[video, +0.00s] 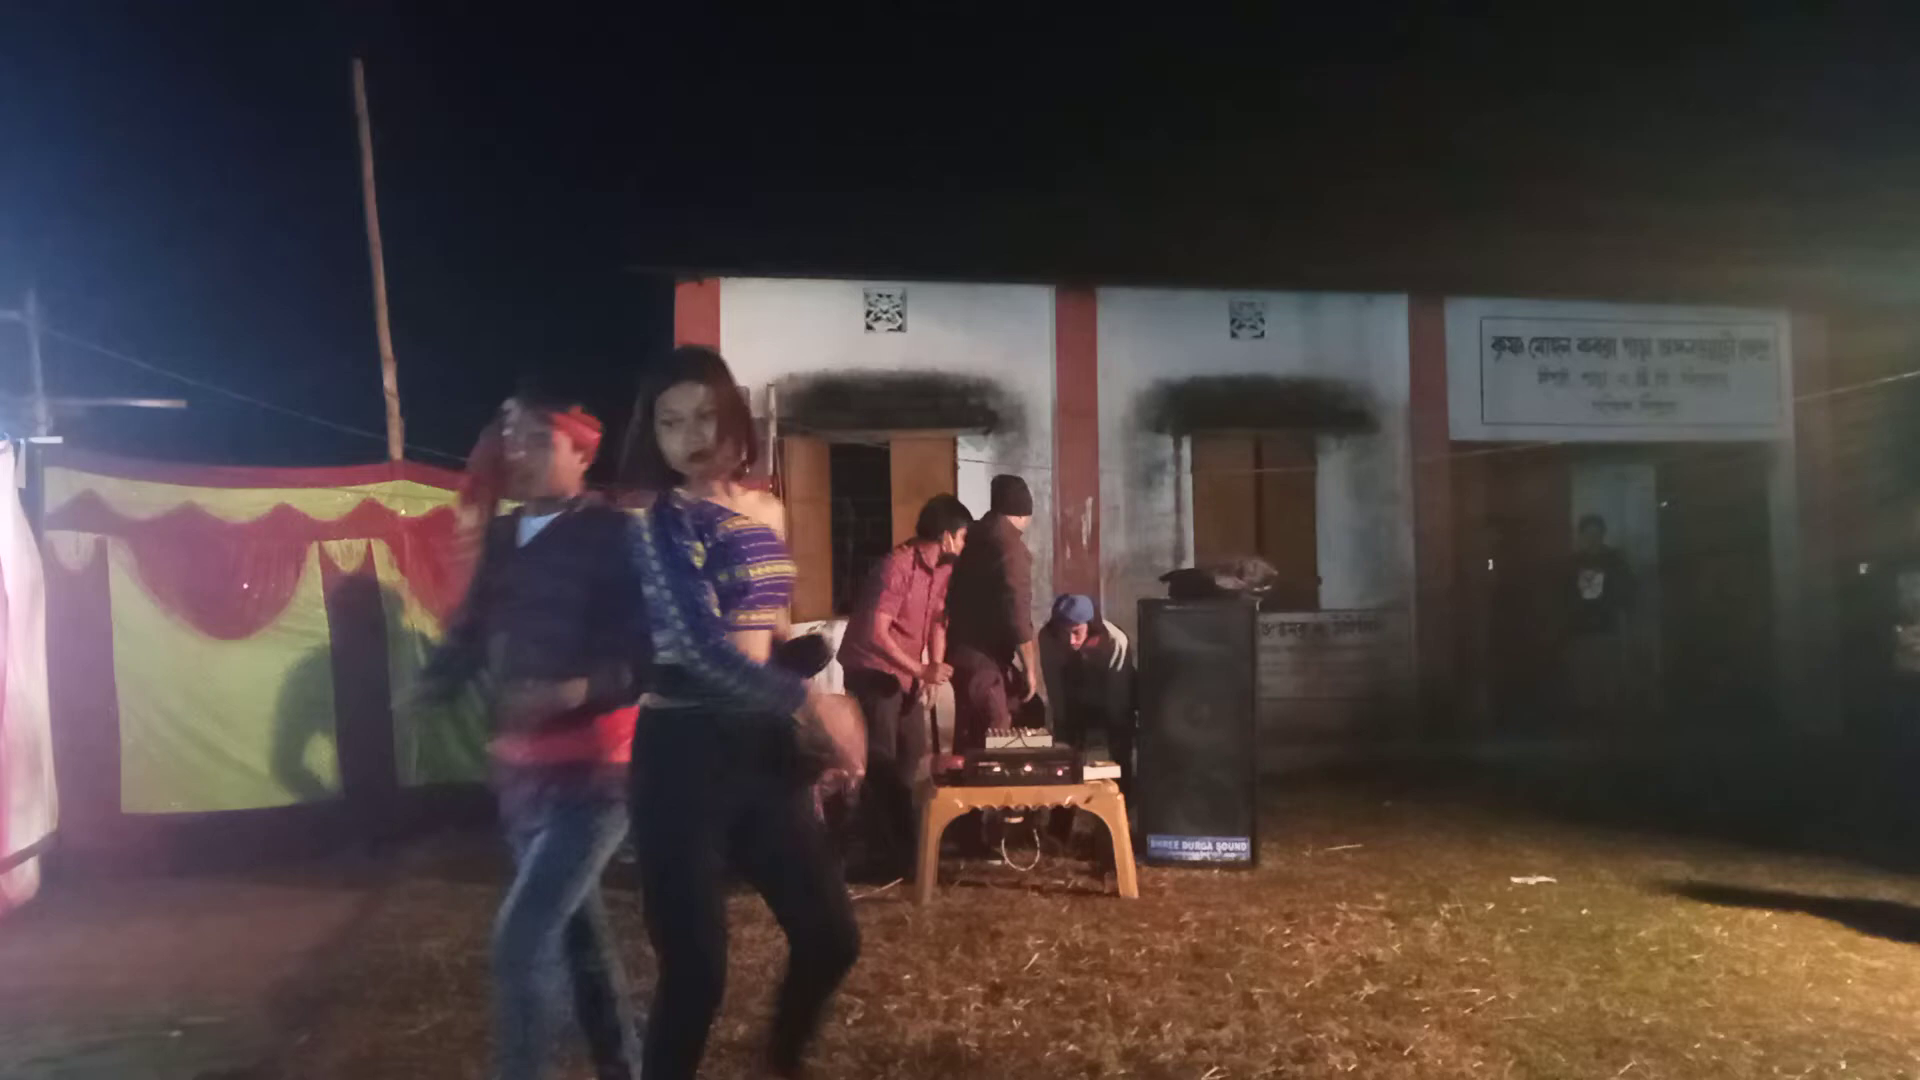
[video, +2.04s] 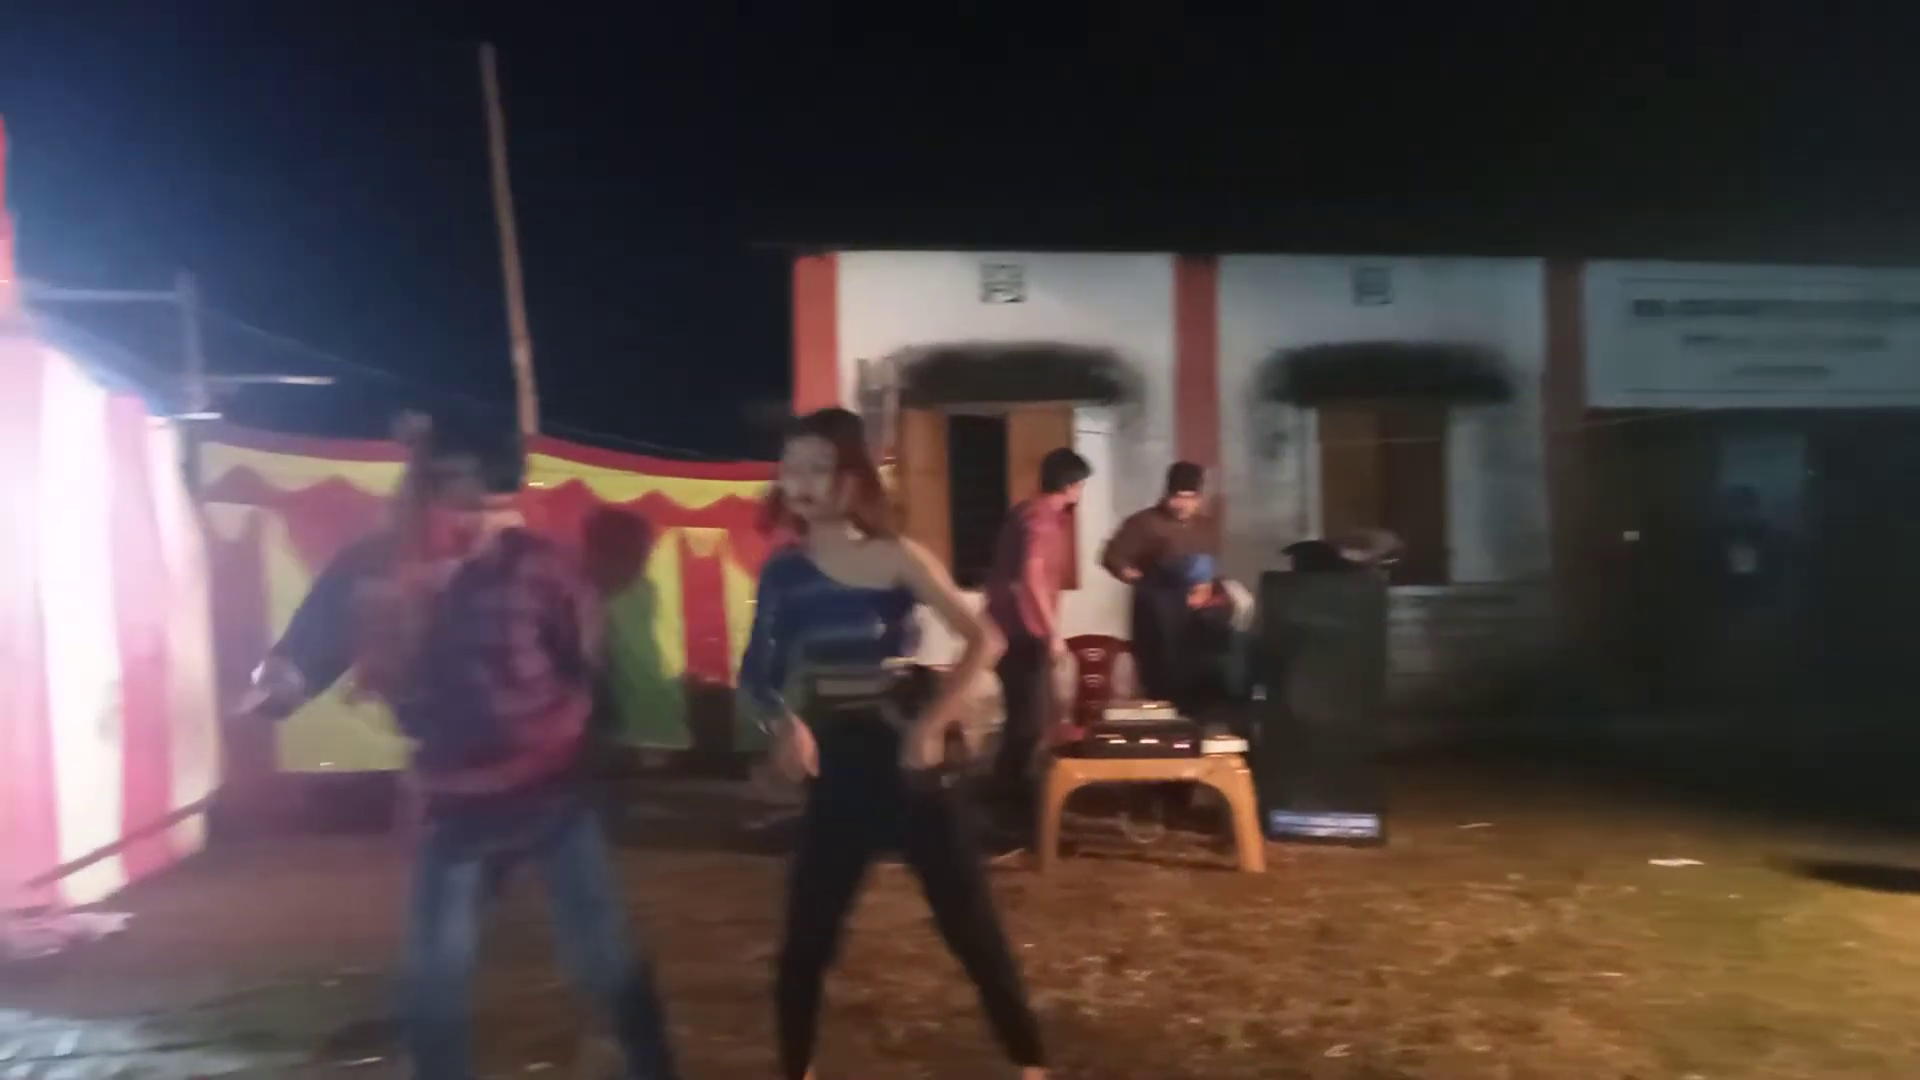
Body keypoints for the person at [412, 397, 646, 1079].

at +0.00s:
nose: (514, 452)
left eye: (532, 440)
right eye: (510, 438)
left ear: (576, 451)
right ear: (501, 450)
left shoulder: (614, 533)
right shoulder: (501, 536)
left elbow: (641, 659)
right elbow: (471, 633)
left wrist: (573, 690)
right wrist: (431, 682)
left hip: (596, 773)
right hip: (520, 773)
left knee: (520, 944)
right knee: (583, 948)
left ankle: (522, 1068)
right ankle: (622, 1065)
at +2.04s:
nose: (458, 519)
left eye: (473, 501)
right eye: (444, 499)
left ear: (499, 501)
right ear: (420, 498)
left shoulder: (541, 569)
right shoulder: (388, 575)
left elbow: (587, 666)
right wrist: (273, 683)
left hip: (553, 791)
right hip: (455, 806)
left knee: (605, 961)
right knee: (437, 977)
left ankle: (652, 1065)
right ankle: (438, 1068)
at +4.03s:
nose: (785, 419)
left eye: (791, 404)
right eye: (772, 403)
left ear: (796, 411)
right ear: (726, 407)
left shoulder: (819, 481)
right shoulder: (671, 491)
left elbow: (887, 558)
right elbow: (599, 568)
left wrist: (851, 614)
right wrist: (561, 563)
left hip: (817, 715)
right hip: (720, 721)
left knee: (860, 866)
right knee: (701, 887)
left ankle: (910, 1020)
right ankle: (730, 1049)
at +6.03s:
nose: (794, 464)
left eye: (803, 451)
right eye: (781, 446)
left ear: (808, 461)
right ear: (743, 447)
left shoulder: (818, 555)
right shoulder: (687, 542)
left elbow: (862, 660)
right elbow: (651, 653)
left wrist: (858, 729)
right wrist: (744, 694)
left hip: (791, 767)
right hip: (701, 765)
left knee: (809, 926)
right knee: (672, 929)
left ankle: (800, 1062)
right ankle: (621, 1060)